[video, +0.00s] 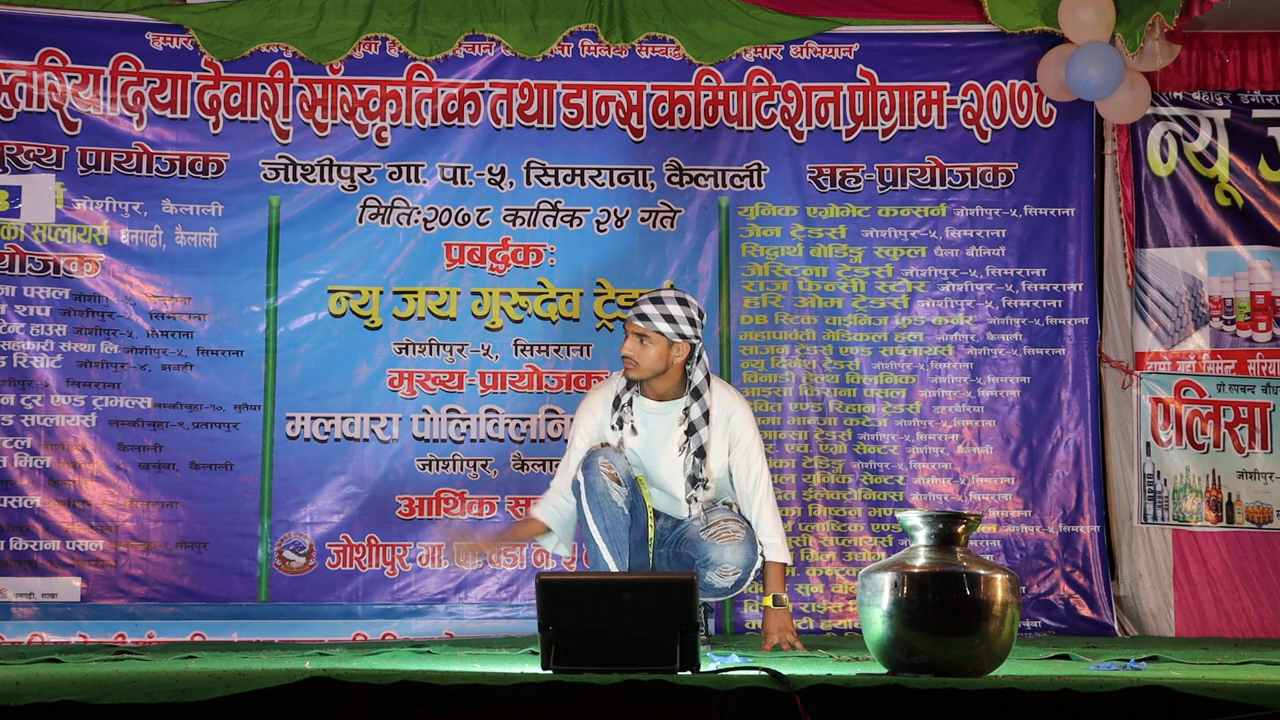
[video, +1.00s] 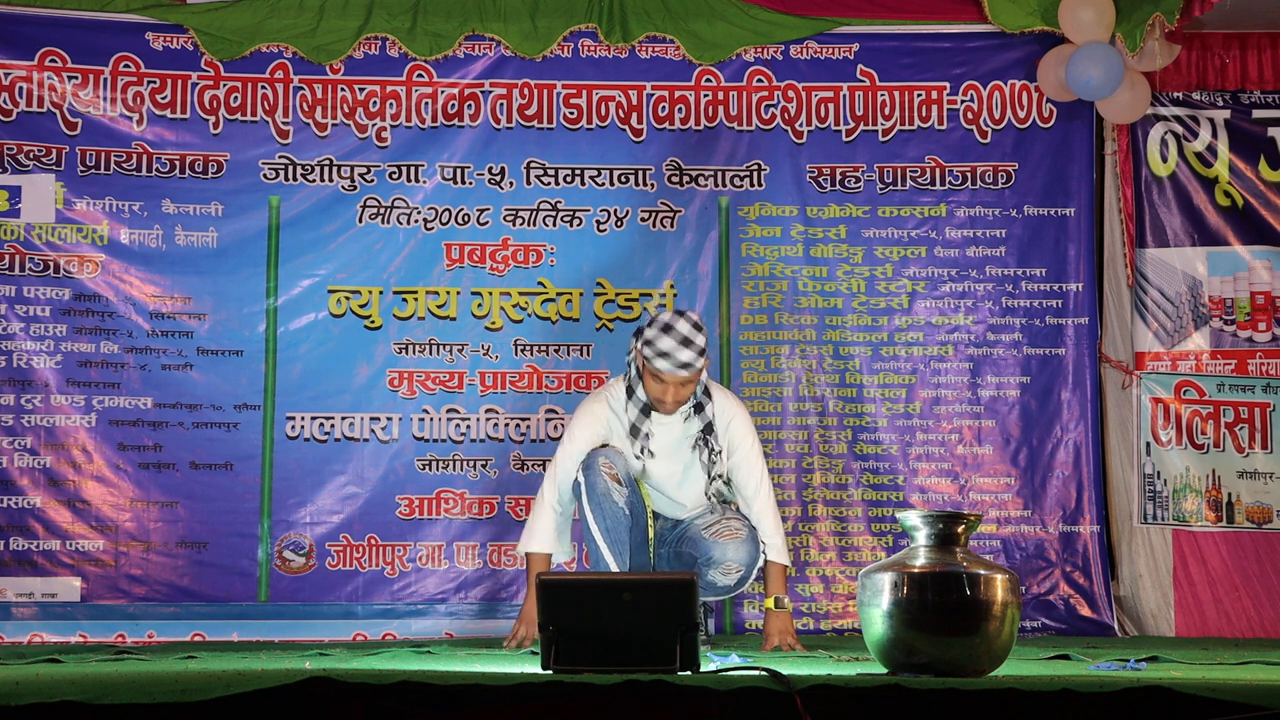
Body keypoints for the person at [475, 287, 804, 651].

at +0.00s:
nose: (625, 350)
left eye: (641, 340)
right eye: (627, 336)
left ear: (679, 351)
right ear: (625, 336)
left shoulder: (728, 408)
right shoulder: (603, 402)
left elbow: (761, 502)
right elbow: (562, 498)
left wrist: (776, 602)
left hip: (695, 541)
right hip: (629, 534)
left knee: (731, 539)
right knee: (601, 462)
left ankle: (691, 614)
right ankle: (618, 605)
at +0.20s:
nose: (626, 347)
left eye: (643, 338)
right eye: (627, 334)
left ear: (681, 351)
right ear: (626, 336)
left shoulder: (727, 410)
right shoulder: (600, 401)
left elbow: (761, 502)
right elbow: (550, 484)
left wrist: (778, 602)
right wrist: (495, 477)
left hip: (696, 539)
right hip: (634, 533)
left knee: (735, 544)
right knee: (602, 461)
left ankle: (688, 612)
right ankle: (618, 607)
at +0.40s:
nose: (629, 346)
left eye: (645, 338)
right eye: (630, 334)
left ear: (682, 350)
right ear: (627, 335)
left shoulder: (727, 410)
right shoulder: (603, 399)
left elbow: (762, 504)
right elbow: (558, 490)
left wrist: (778, 606)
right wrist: (490, 463)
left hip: (695, 533)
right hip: (633, 529)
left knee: (736, 553)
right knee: (604, 463)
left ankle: (679, 609)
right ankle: (627, 606)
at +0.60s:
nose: (628, 348)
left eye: (645, 340)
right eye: (629, 336)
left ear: (681, 353)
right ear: (625, 335)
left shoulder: (727, 410)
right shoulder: (604, 400)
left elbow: (762, 503)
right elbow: (559, 473)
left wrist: (778, 604)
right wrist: (535, 490)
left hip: (697, 537)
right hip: (634, 529)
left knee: (736, 550)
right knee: (601, 461)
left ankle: (684, 610)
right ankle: (619, 603)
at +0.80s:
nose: (640, 365)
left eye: (658, 356)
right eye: (638, 349)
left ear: (693, 360)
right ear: (633, 345)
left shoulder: (729, 412)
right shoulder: (606, 404)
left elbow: (763, 503)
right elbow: (554, 486)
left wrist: (778, 603)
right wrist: (540, 569)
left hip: (693, 542)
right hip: (630, 533)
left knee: (737, 544)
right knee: (603, 462)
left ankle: (692, 609)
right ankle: (622, 603)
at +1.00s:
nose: (670, 396)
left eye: (683, 384)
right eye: (659, 380)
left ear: (702, 370)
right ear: (640, 363)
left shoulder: (727, 412)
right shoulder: (603, 408)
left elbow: (762, 503)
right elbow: (552, 495)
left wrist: (778, 606)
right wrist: (534, 596)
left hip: (694, 536)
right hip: (631, 531)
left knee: (736, 552)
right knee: (601, 462)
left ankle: (687, 607)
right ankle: (622, 606)